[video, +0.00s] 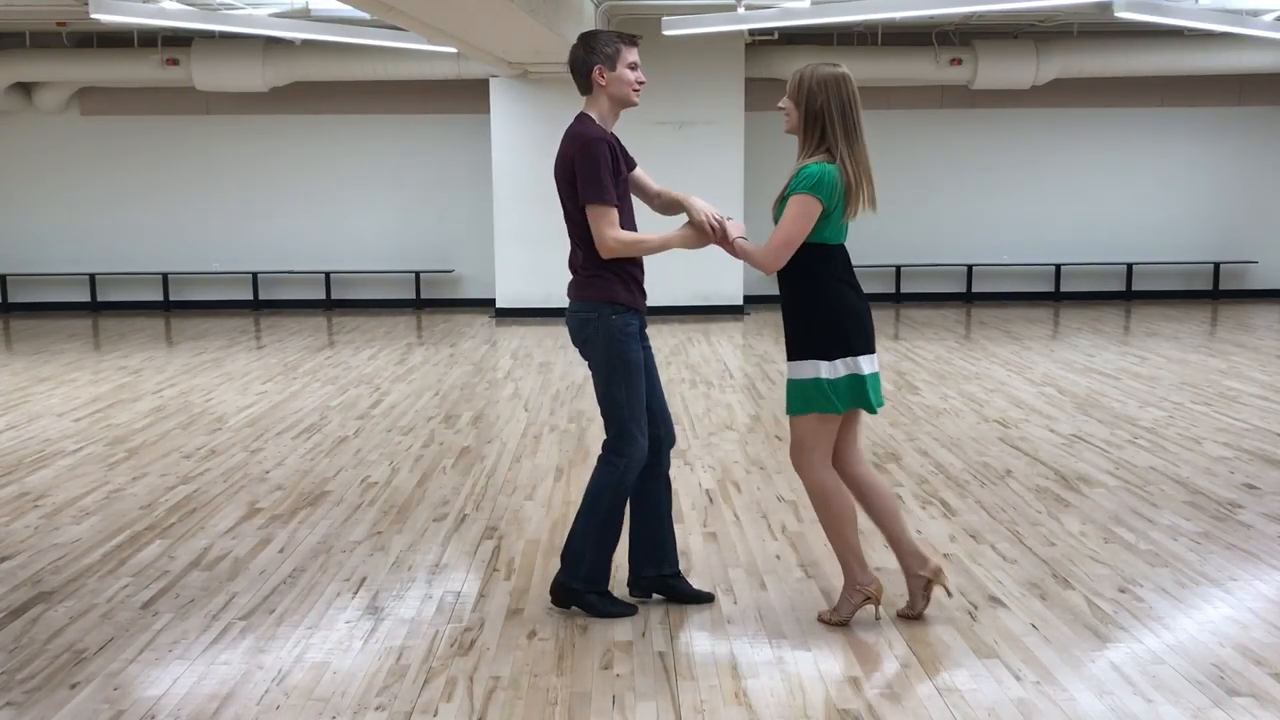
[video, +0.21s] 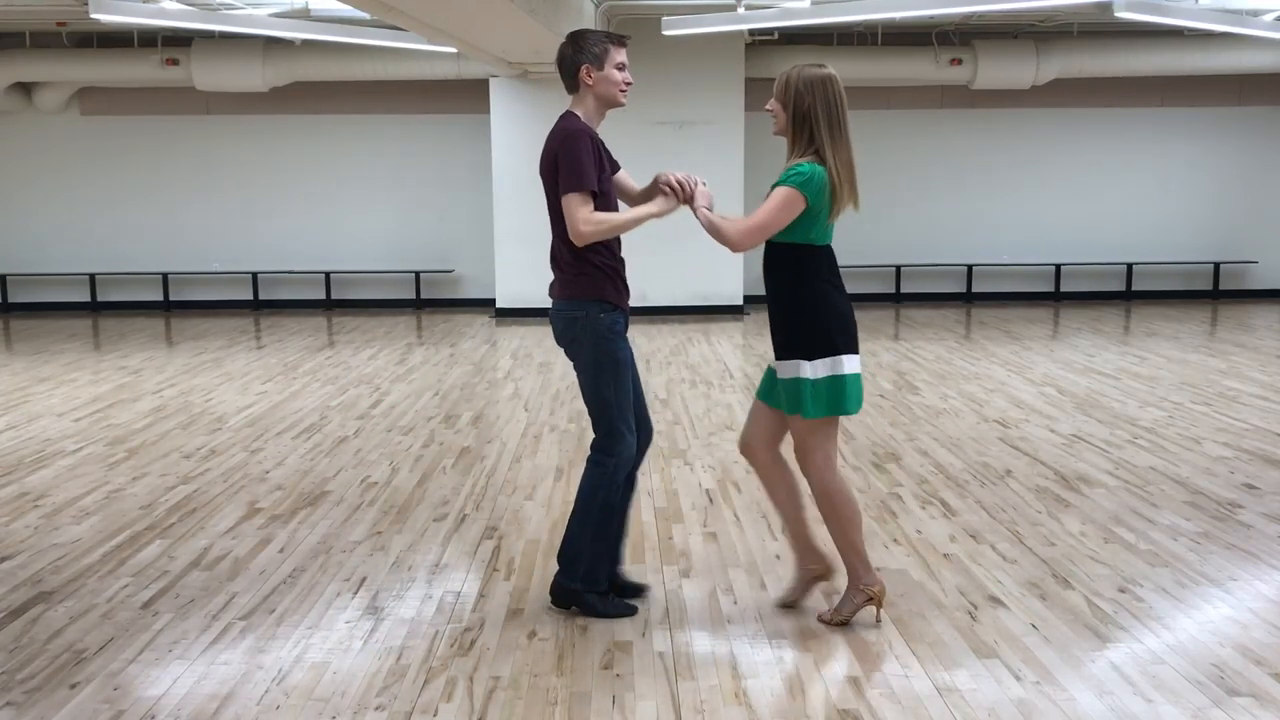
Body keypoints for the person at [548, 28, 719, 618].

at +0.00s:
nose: (642, 77)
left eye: (640, 67)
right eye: (632, 67)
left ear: (608, 78)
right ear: (599, 75)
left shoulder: (607, 141)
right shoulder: (589, 140)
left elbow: (657, 199)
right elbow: (608, 243)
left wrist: (692, 203)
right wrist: (680, 238)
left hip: (622, 312)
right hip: (602, 313)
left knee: (656, 439)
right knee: (628, 445)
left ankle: (653, 572)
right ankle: (576, 581)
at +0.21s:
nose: (629, 78)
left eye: (628, 68)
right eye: (620, 68)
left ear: (596, 77)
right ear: (587, 74)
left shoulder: (590, 139)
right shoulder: (571, 136)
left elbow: (630, 199)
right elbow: (581, 227)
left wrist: (666, 186)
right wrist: (654, 207)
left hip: (602, 312)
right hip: (585, 314)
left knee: (636, 432)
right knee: (616, 441)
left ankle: (598, 567)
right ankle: (576, 584)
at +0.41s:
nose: (608, 79)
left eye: (607, 70)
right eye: (598, 70)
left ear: (575, 79)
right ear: (565, 76)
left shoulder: (575, 139)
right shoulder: (545, 136)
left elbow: (623, 186)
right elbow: (578, 206)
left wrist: (648, 173)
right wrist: (634, 186)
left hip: (572, 311)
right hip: (563, 312)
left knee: (564, 441)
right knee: (605, 443)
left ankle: (507, 565)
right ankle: (579, 581)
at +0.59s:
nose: (590, 84)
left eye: (589, 75)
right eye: (581, 75)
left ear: (554, 83)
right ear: (549, 81)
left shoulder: (555, 137)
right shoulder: (528, 139)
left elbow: (593, 161)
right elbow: (585, 176)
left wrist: (630, 148)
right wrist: (632, 153)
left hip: (542, 315)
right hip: (537, 317)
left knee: (544, 446)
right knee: (581, 446)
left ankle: (500, 579)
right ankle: (533, 582)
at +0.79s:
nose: (574, 87)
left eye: (573, 76)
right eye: (566, 75)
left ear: (535, 84)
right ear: (534, 81)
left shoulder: (526, 136)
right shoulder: (515, 135)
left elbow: (596, 126)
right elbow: (588, 123)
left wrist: (625, 90)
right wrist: (626, 85)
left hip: (533, 321)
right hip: (516, 323)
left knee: (537, 452)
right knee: (523, 451)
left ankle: (505, 579)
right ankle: (424, 561)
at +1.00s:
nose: (568, 79)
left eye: (567, 69)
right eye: (560, 70)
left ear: (530, 78)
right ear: (529, 75)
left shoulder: (527, 129)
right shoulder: (503, 124)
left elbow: (586, 96)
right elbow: (586, 82)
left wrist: (634, 30)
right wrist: (631, 22)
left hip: (520, 317)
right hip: (493, 316)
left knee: (524, 448)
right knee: (469, 444)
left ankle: (500, 578)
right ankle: (404, 567)